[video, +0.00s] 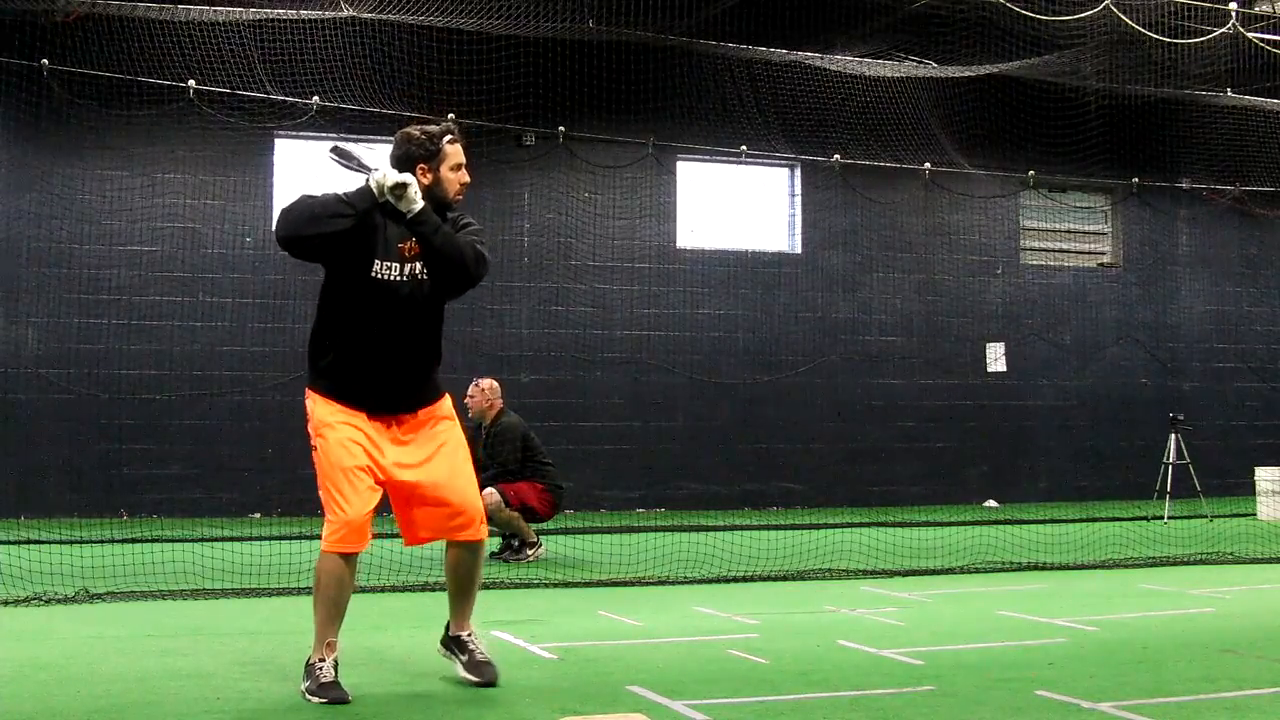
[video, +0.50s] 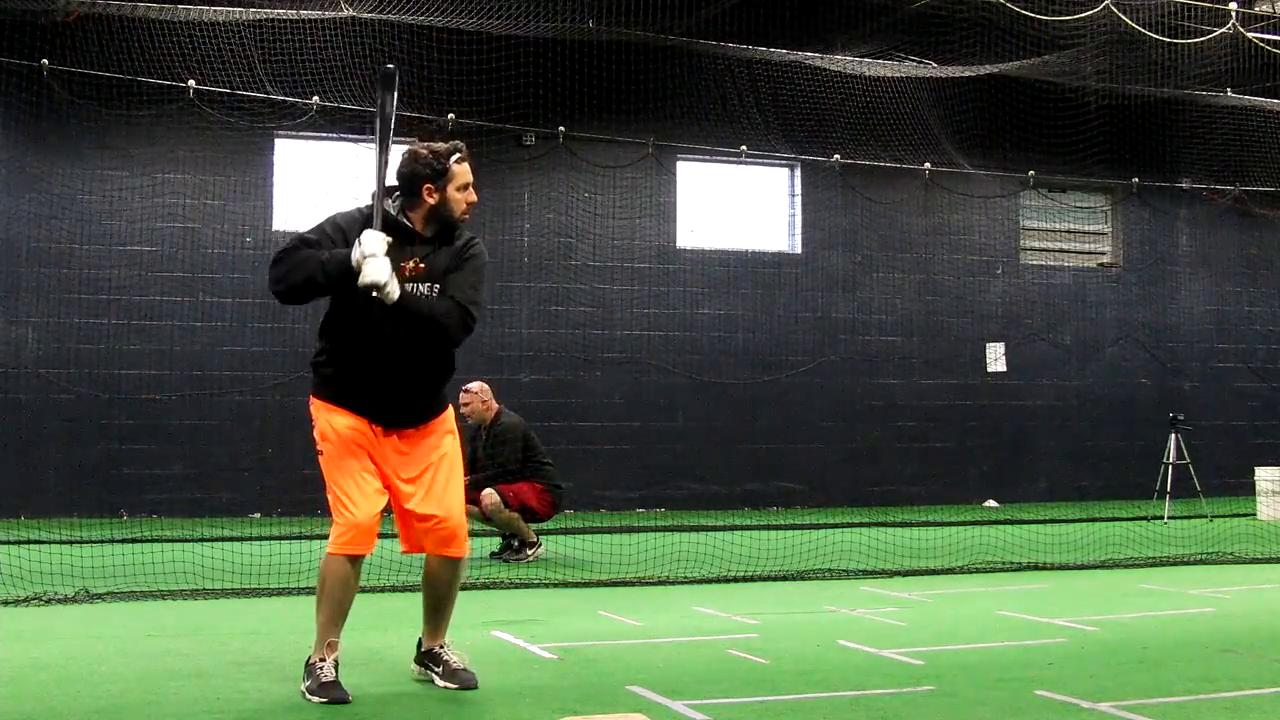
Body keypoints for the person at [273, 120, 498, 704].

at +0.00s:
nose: (465, 177)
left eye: (465, 167)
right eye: (457, 168)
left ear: (435, 172)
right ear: (423, 171)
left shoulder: (455, 231)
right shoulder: (358, 219)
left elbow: (466, 273)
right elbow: (288, 229)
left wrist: (417, 209)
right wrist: (368, 194)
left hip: (423, 405)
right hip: (344, 404)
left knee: (469, 520)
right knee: (349, 524)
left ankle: (460, 633)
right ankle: (323, 658)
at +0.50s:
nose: (474, 197)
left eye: (474, 186)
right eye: (465, 188)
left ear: (442, 191)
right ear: (430, 192)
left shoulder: (464, 249)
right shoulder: (361, 226)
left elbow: (457, 320)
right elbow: (283, 277)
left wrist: (399, 290)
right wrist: (351, 262)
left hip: (425, 417)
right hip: (348, 410)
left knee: (449, 532)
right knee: (357, 524)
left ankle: (433, 648)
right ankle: (322, 660)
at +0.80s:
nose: (486, 216)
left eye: (486, 205)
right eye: (476, 206)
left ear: (450, 208)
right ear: (439, 209)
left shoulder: (474, 264)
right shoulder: (376, 234)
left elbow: (442, 338)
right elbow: (285, 255)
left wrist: (354, 320)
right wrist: (322, 273)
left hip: (449, 409)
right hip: (365, 416)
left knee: (519, 494)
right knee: (356, 530)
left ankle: (511, 619)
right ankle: (325, 659)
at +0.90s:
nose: (494, 225)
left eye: (494, 213)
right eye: (484, 215)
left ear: (471, 215)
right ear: (446, 218)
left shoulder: (484, 275)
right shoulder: (386, 244)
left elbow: (430, 331)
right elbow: (292, 240)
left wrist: (346, 292)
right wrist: (328, 244)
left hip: (470, 418)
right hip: (385, 423)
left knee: (541, 515)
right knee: (366, 533)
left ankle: (548, 641)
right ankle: (324, 658)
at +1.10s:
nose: (512, 232)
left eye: (512, 222)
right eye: (503, 225)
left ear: (497, 218)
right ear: (468, 226)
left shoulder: (499, 249)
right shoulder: (430, 282)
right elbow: (453, 374)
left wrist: (552, 346)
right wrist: (519, 374)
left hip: (484, 420)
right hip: (434, 427)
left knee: (530, 523)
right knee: (450, 557)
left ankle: (558, 648)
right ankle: (324, 637)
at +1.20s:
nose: (520, 229)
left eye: (519, 221)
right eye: (513, 223)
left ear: (466, 217)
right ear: (484, 226)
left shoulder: (447, 232)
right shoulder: (454, 273)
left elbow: (536, 260)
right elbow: (541, 311)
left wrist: (601, 279)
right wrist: (613, 301)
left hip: (471, 408)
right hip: (437, 419)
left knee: (510, 532)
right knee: (450, 554)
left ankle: (555, 647)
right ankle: (321, 637)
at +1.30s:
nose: (534, 211)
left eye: (532, 201)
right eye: (529, 205)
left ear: (470, 206)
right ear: (509, 218)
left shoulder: (417, 231)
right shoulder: (517, 267)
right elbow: (545, 230)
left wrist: (513, 206)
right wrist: (544, 198)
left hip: (476, 413)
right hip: (445, 423)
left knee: (520, 524)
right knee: (444, 559)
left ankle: (560, 648)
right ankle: (309, 641)